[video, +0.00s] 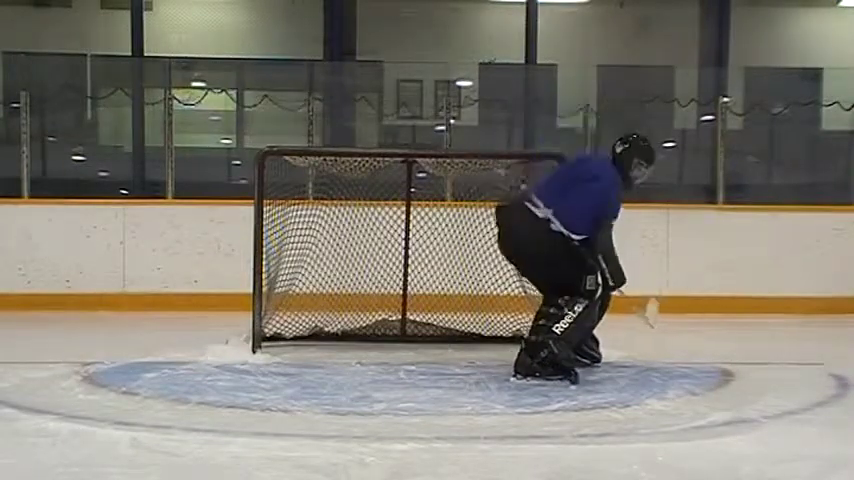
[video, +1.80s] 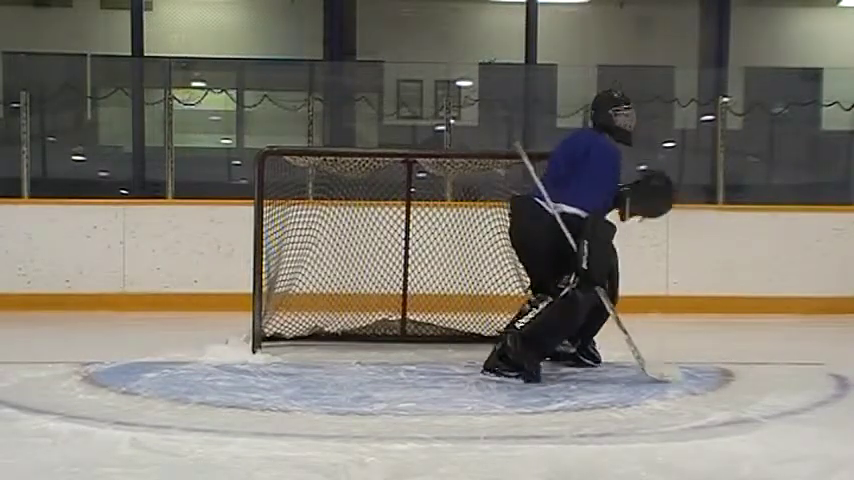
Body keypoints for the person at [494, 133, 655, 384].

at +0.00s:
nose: (642, 175)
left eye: (646, 170)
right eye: (640, 167)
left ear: (618, 152)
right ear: (628, 159)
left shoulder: (591, 163)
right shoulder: (610, 187)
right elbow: (600, 239)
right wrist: (617, 279)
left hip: (514, 220)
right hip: (535, 232)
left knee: (564, 287)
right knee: (592, 288)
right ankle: (541, 356)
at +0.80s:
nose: (629, 136)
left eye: (629, 130)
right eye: (622, 130)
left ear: (597, 134)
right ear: (604, 132)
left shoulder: (583, 154)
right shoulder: (600, 164)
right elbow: (592, 226)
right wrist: (610, 275)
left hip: (516, 219)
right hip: (535, 225)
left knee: (560, 289)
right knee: (586, 286)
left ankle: (537, 352)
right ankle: (542, 353)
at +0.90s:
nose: (624, 128)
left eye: (624, 122)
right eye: (617, 123)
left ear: (596, 126)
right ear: (600, 125)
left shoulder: (580, 148)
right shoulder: (595, 156)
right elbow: (588, 214)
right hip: (537, 224)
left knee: (560, 288)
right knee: (584, 287)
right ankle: (538, 354)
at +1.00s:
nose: (622, 121)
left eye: (621, 115)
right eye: (616, 116)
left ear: (593, 120)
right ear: (599, 119)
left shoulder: (574, 143)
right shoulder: (598, 152)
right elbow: (591, 215)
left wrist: (613, 219)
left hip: (524, 218)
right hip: (544, 226)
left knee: (558, 288)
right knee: (585, 287)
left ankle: (535, 348)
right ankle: (539, 353)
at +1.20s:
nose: (621, 119)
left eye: (620, 112)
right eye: (615, 113)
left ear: (591, 118)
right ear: (600, 117)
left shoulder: (574, 143)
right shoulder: (600, 153)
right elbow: (586, 215)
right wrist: (590, 253)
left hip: (526, 216)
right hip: (543, 222)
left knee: (554, 289)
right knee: (570, 289)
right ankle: (529, 353)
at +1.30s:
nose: (621, 118)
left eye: (620, 111)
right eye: (615, 113)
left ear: (589, 117)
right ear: (600, 116)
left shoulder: (575, 142)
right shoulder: (601, 152)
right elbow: (581, 216)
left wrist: (620, 184)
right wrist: (589, 265)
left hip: (525, 213)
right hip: (544, 220)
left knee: (551, 288)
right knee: (569, 290)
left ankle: (527, 347)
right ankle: (526, 353)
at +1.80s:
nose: (630, 121)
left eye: (630, 114)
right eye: (624, 115)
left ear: (599, 117)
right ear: (607, 117)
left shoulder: (579, 140)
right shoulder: (605, 150)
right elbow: (584, 207)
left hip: (531, 215)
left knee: (550, 288)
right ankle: (513, 353)